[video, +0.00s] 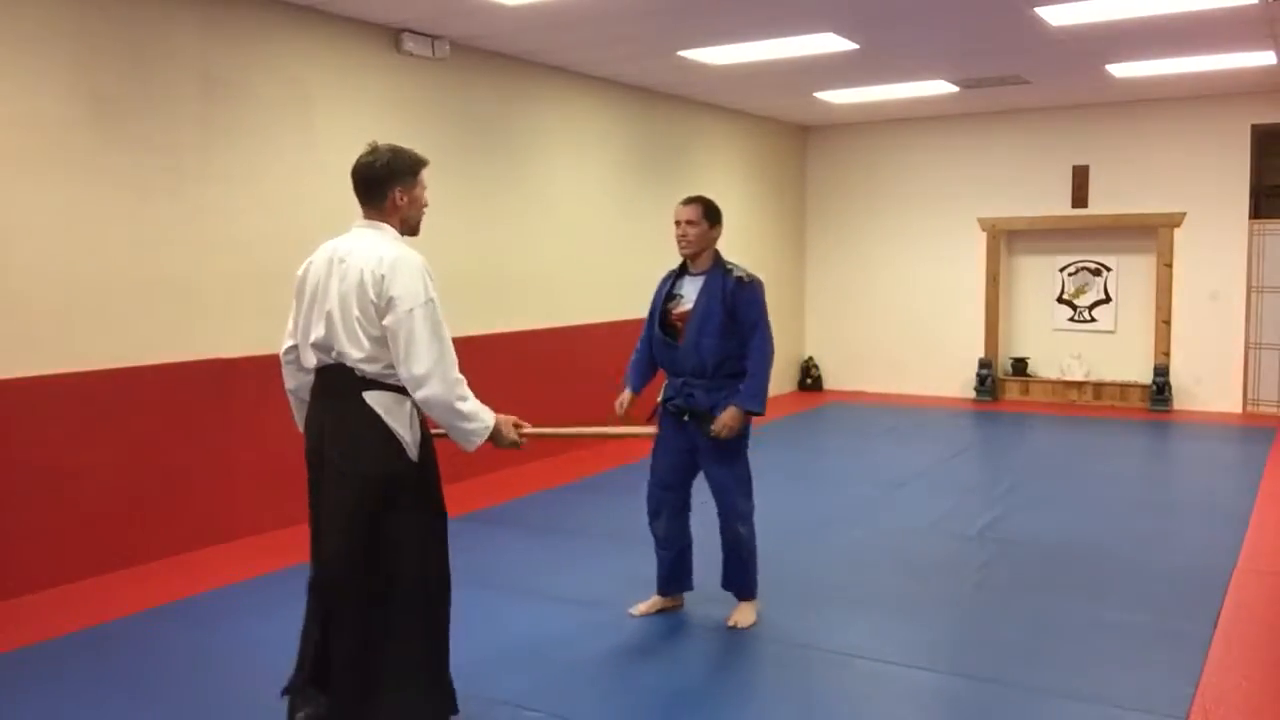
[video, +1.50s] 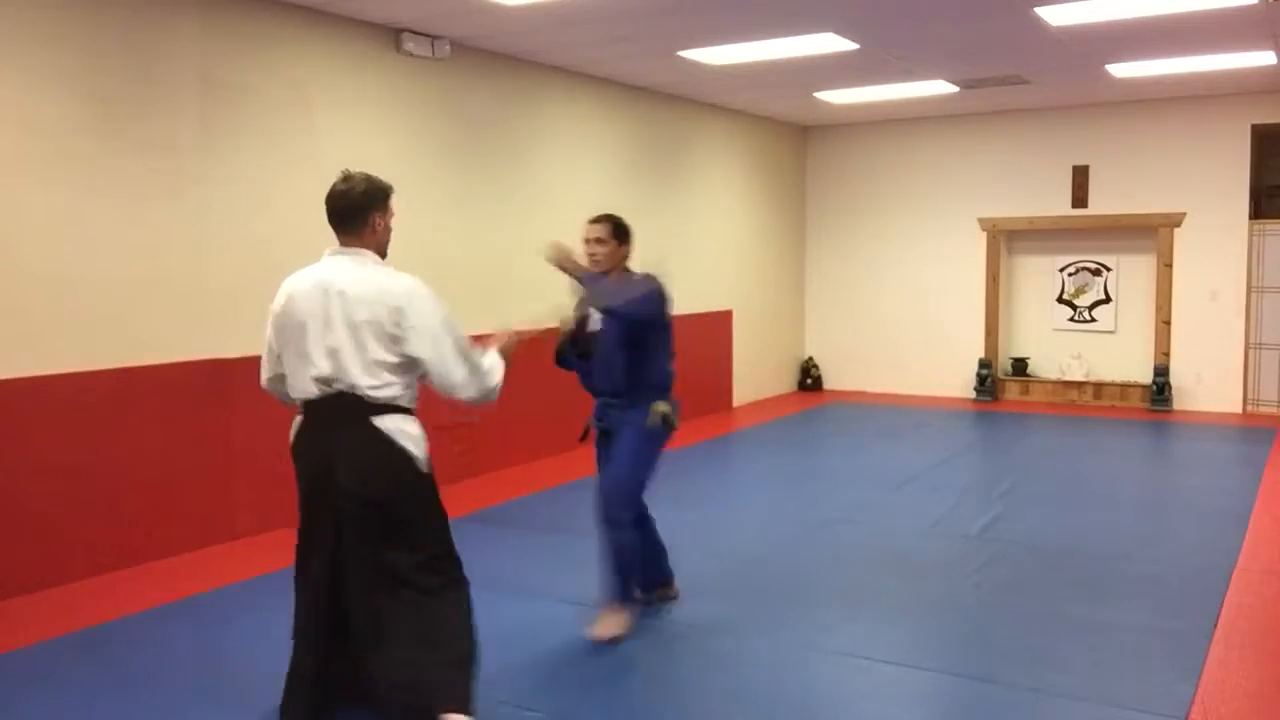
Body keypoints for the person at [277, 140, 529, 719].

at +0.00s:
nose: (427, 199)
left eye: (425, 188)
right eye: (420, 189)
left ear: (372, 198)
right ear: (397, 196)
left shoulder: (319, 261)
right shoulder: (401, 263)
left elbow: (295, 359)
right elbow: (428, 374)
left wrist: (316, 423)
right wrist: (488, 423)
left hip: (328, 419)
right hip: (384, 424)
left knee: (336, 567)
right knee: (407, 565)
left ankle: (318, 700)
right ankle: (412, 702)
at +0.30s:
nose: (404, 202)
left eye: (401, 192)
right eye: (395, 193)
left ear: (353, 202)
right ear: (369, 200)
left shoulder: (304, 262)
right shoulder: (373, 265)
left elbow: (286, 354)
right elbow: (400, 368)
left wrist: (321, 400)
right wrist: (451, 446)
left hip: (309, 426)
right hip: (361, 429)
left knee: (322, 567)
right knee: (389, 568)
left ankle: (316, 693)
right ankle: (391, 700)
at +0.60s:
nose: (391, 204)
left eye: (388, 193)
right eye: (384, 194)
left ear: (340, 201)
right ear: (359, 199)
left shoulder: (298, 258)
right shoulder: (355, 264)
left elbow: (284, 347)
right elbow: (373, 366)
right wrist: (407, 448)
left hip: (296, 424)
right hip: (344, 431)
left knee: (304, 563)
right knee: (363, 565)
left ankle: (303, 692)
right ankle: (364, 698)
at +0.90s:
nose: (384, 200)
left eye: (381, 189)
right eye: (377, 190)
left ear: (334, 200)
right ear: (351, 199)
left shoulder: (296, 258)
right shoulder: (348, 267)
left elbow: (291, 347)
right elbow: (371, 369)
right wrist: (411, 447)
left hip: (302, 419)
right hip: (347, 428)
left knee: (310, 557)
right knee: (362, 564)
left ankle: (306, 694)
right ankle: (358, 702)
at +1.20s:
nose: (387, 202)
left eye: (384, 191)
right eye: (380, 193)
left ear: (335, 203)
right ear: (356, 202)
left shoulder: (298, 259)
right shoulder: (357, 269)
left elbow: (287, 347)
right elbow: (377, 373)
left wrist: (327, 391)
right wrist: (408, 457)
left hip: (302, 419)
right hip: (348, 425)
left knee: (309, 558)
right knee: (368, 560)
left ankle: (307, 695)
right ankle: (364, 698)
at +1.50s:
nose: (393, 226)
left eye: (391, 216)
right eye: (390, 218)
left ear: (334, 225)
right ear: (376, 222)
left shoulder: (293, 290)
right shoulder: (401, 291)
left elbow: (275, 379)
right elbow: (463, 381)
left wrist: (323, 400)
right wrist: (494, 355)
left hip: (317, 445)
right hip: (387, 444)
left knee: (324, 576)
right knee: (431, 574)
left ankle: (315, 706)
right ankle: (449, 704)